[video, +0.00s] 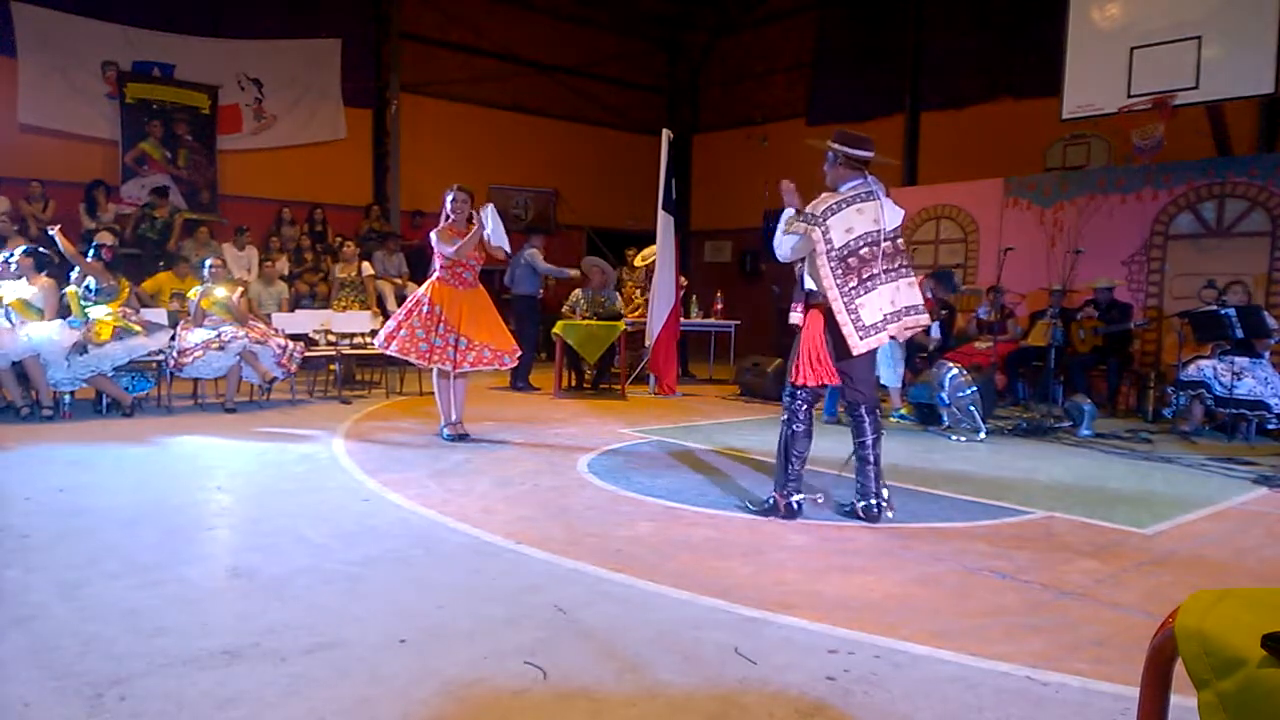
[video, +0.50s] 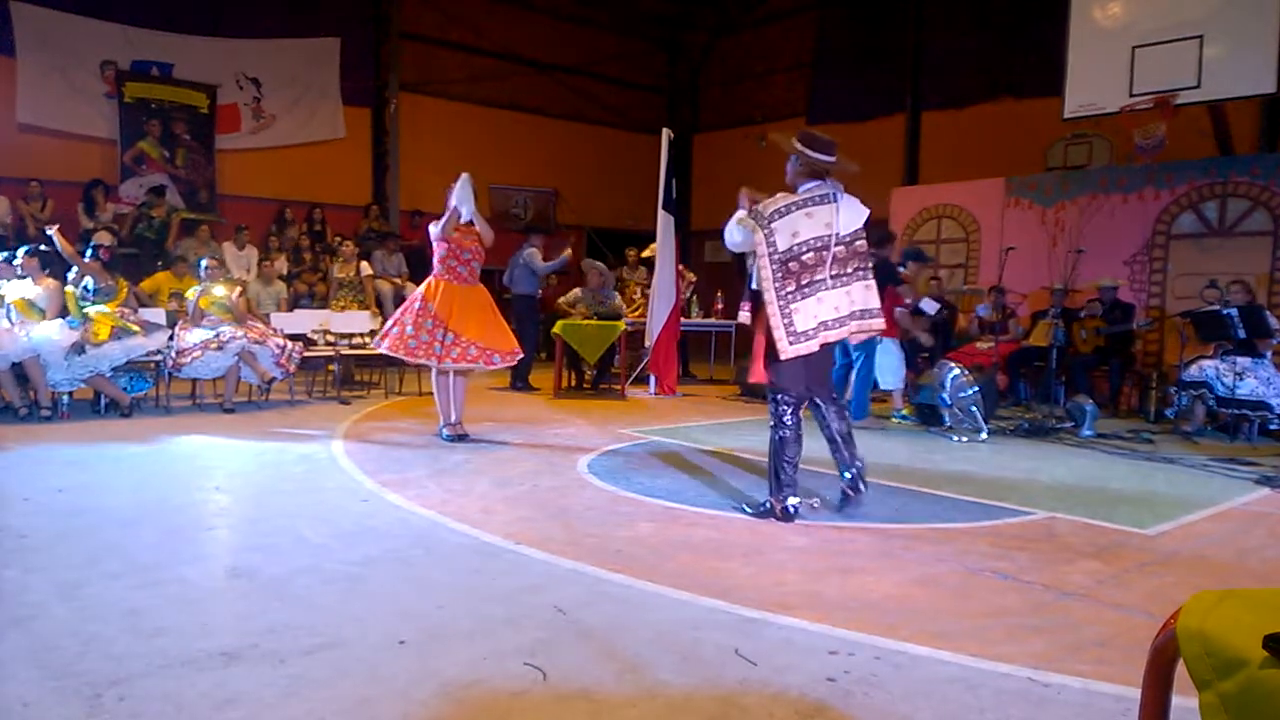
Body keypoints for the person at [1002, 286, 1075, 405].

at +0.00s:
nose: (1055, 299)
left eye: (1059, 296)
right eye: (1053, 296)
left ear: (1063, 298)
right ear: (1049, 297)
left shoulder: (1067, 315)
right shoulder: (1036, 315)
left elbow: (1067, 339)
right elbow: (1028, 334)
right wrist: (1024, 341)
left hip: (1055, 348)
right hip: (1035, 347)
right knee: (1012, 359)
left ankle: (1042, 398)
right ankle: (1013, 395)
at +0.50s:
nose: (1057, 299)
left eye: (1060, 295)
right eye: (1055, 295)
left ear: (1065, 297)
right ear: (1050, 296)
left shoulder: (1070, 314)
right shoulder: (1038, 315)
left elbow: (1070, 339)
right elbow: (1029, 334)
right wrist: (1026, 342)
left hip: (1057, 348)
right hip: (1037, 348)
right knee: (1013, 358)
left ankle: (1044, 398)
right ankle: (1014, 395)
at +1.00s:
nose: (1055, 299)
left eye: (1058, 296)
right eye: (1053, 295)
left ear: (1063, 298)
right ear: (1049, 296)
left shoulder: (1067, 314)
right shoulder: (1036, 315)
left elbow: (1068, 339)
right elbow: (1028, 334)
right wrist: (1023, 342)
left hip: (1055, 348)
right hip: (1035, 347)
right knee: (1012, 358)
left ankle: (1041, 397)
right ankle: (1013, 395)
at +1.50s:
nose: (1055, 299)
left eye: (1058, 296)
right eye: (1052, 295)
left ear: (1062, 298)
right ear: (1049, 296)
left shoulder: (1067, 314)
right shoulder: (1036, 315)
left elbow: (1068, 339)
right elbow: (1028, 335)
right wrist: (1023, 342)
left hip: (1055, 348)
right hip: (1035, 348)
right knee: (1012, 358)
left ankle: (1040, 397)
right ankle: (1013, 395)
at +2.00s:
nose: (1055, 299)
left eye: (1058, 295)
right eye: (1053, 295)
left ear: (1063, 297)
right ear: (1049, 296)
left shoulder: (1067, 314)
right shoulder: (1036, 315)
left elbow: (1068, 340)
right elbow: (1028, 336)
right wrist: (1024, 342)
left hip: (1056, 348)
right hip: (1036, 348)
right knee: (1012, 358)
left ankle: (1043, 398)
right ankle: (1013, 395)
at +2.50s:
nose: (1054, 299)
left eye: (1058, 296)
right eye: (1052, 295)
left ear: (1063, 297)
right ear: (1049, 296)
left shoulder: (1068, 315)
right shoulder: (1036, 315)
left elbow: (1069, 339)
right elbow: (1028, 336)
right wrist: (1024, 343)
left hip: (1055, 348)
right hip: (1036, 348)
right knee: (1012, 358)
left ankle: (1041, 398)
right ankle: (1013, 395)